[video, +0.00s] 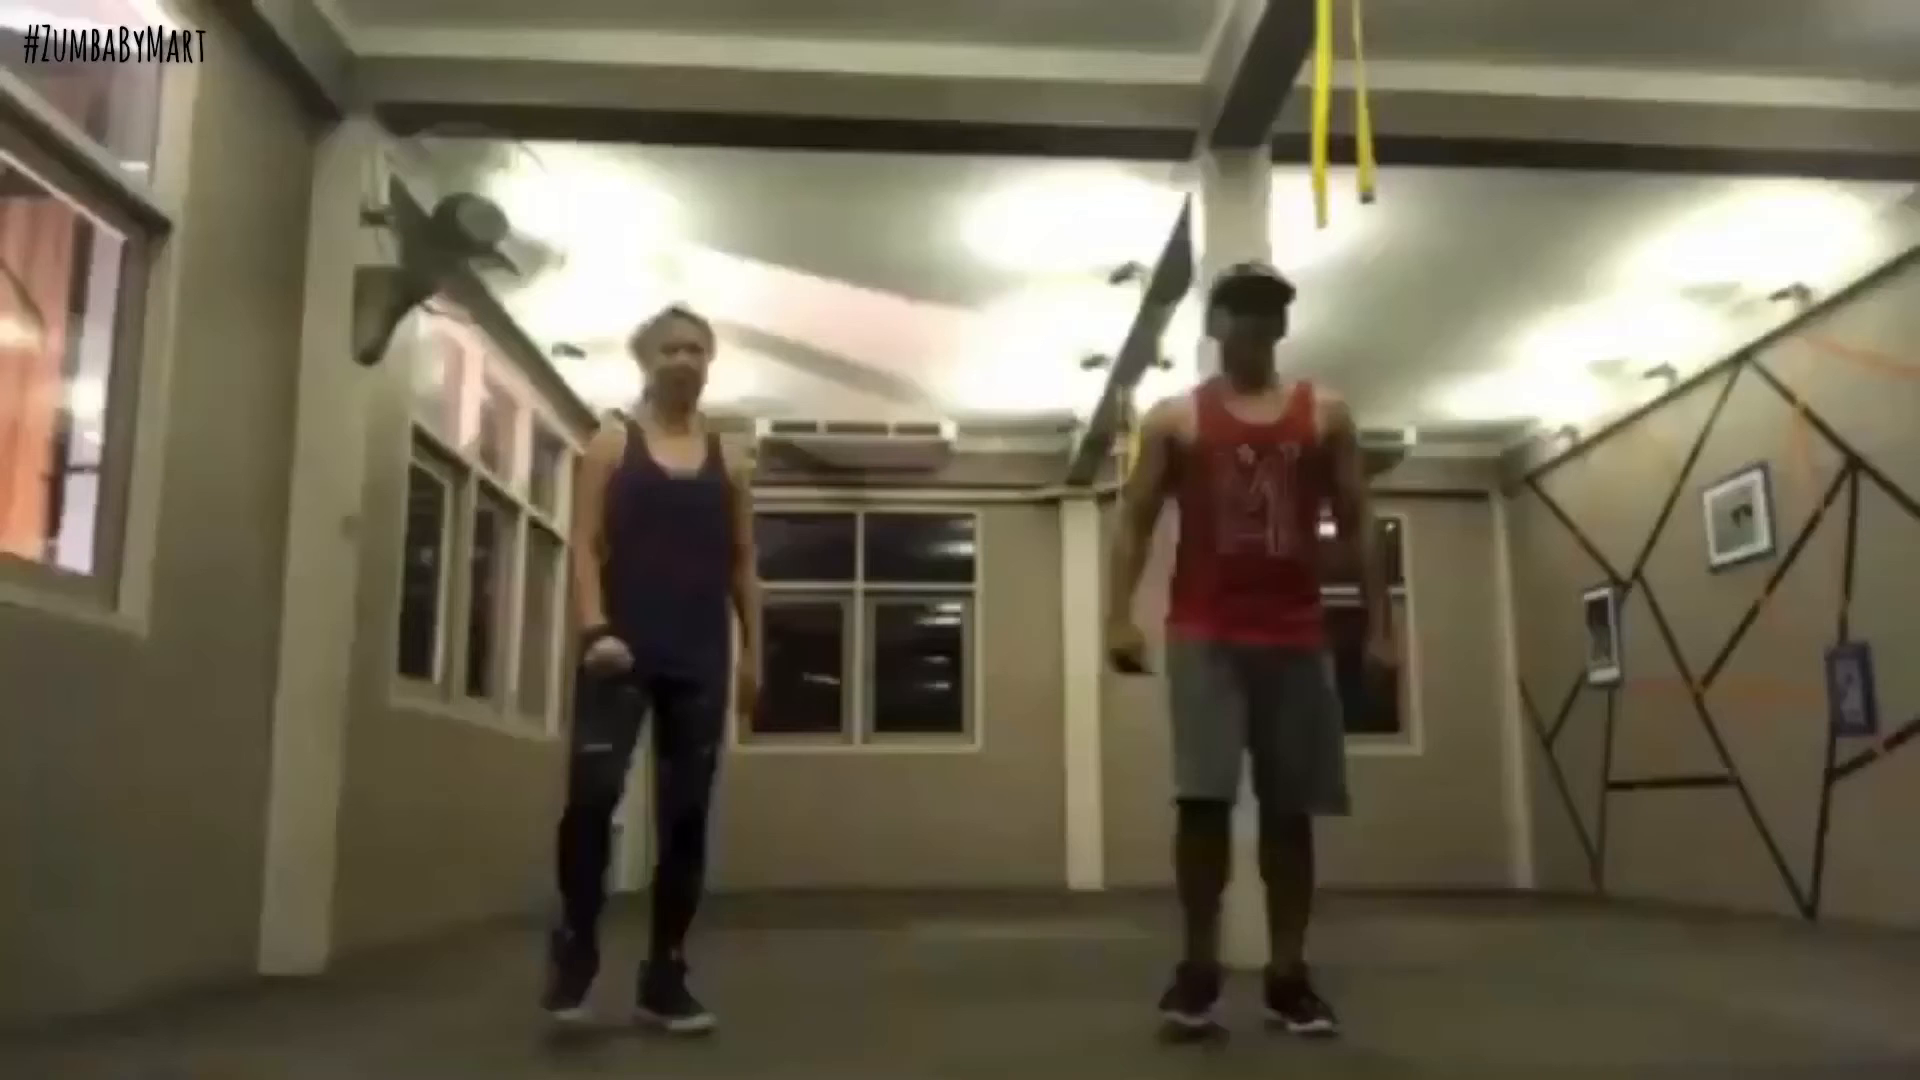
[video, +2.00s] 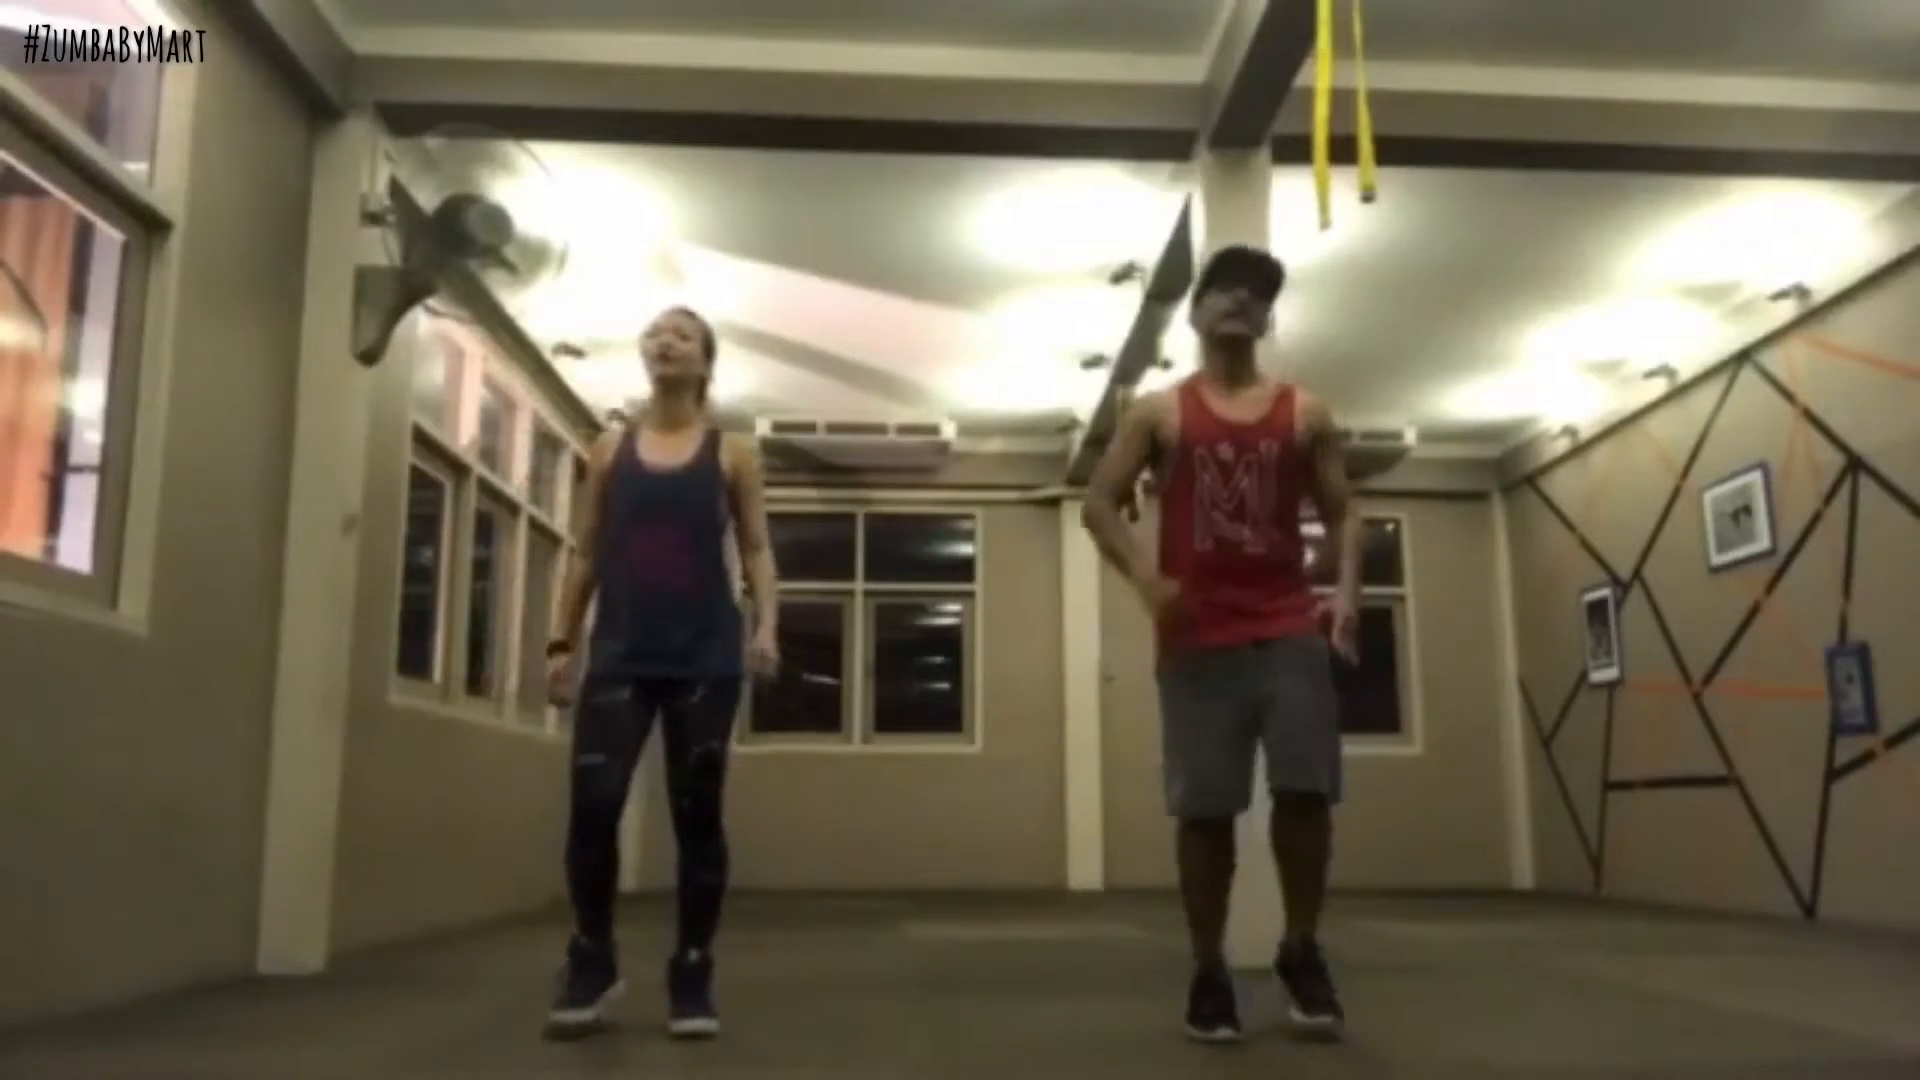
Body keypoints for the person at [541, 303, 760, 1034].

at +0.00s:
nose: (685, 361)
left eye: (695, 350)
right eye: (672, 350)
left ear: (711, 363)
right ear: (645, 360)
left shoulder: (725, 452)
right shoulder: (610, 444)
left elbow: (743, 562)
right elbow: (586, 544)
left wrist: (752, 653)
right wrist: (594, 629)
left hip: (701, 657)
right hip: (623, 652)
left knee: (686, 819)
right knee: (590, 803)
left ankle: (665, 973)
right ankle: (575, 963)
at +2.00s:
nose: (666, 343)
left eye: (682, 335)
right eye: (656, 334)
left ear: (706, 358)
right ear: (642, 354)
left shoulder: (730, 450)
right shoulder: (610, 450)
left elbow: (757, 550)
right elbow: (584, 550)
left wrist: (765, 624)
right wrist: (563, 641)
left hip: (704, 656)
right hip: (618, 654)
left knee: (697, 818)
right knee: (591, 808)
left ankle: (692, 979)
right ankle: (591, 965)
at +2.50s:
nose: (622, 351)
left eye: (638, 341)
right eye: (613, 341)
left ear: (664, 362)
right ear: (597, 357)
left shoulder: (688, 451)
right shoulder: (568, 450)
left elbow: (714, 552)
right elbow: (538, 542)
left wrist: (725, 639)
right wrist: (502, 621)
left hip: (660, 657)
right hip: (577, 658)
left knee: (659, 813)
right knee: (584, 819)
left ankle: (677, 972)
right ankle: (589, 975)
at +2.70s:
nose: (621, 354)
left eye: (637, 344)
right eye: (610, 343)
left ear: (661, 361)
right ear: (593, 357)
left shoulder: (685, 452)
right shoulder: (565, 449)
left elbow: (711, 556)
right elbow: (531, 546)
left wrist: (730, 647)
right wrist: (502, 628)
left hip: (657, 657)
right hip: (573, 656)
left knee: (644, 812)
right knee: (581, 816)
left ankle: (654, 976)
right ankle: (589, 975)